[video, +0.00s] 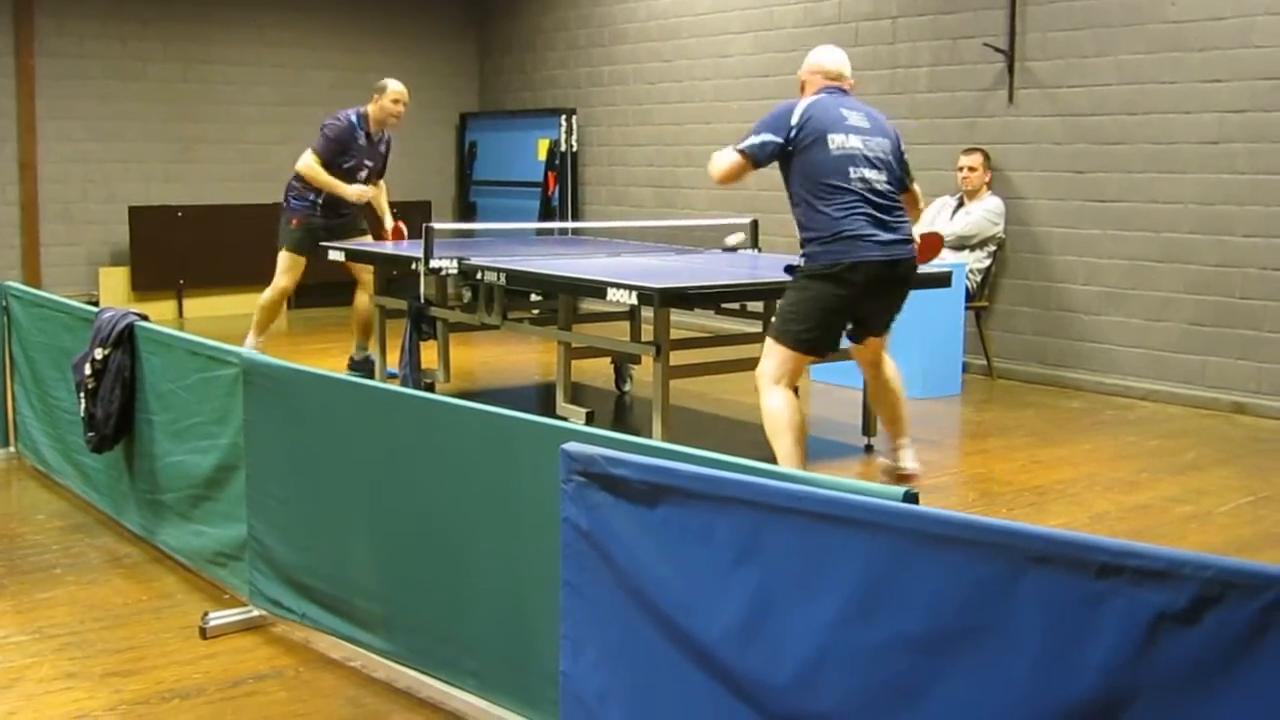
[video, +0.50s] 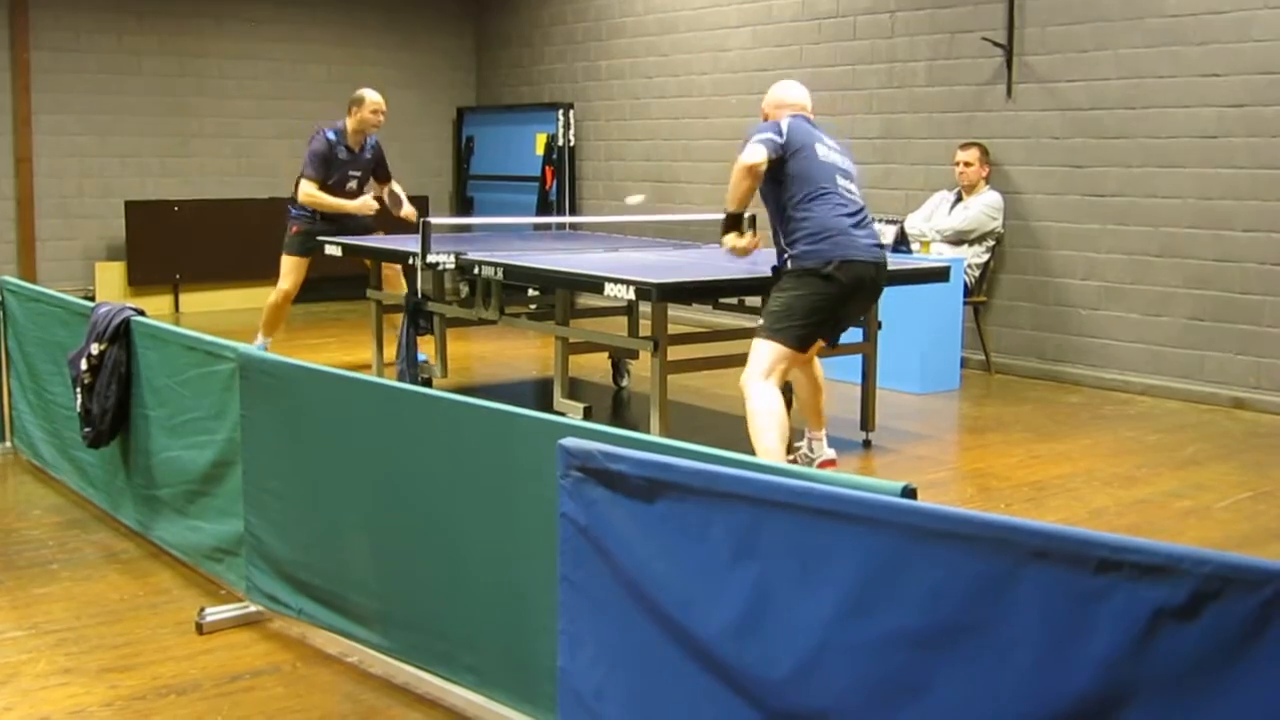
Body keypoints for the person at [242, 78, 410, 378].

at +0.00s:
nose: (400, 110)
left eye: (404, 105)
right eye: (395, 102)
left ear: (403, 108)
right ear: (376, 100)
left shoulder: (384, 140)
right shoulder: (342, 126)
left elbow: (376, 183)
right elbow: (305, 165)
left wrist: (387, 218)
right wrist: (346, 190)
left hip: (345, 212)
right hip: (305, 208)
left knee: (369, 279)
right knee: (284, 285)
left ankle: (360, 356)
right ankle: (252, 344)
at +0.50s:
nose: (381, 119)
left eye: (383, 113)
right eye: (375, 112)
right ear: (354, 112)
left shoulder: (372, 146)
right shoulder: (324, 141)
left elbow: (386, 185)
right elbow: (305, 194)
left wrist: (403, 205)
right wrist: (352, 205)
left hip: (351, 219)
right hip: (310, 218)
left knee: (392, 270)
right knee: (286, 289)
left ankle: (408, 346)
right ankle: (261, 344)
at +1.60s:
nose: (372, 87)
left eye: (376, 82)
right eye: (366, 80)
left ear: (377, 86)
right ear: (348, 82)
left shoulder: (371, 124)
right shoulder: (322, 114)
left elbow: (385, 168)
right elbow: (285, 153)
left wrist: (411, 198)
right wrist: (324, 177)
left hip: (350, 198)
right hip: (309, 198)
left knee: (385, 259)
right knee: (291, 269)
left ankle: (406, 334)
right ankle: (270, 336)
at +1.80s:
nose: (358, 86)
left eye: (362, 81)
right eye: (352, 79)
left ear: (364, 86)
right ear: (335, 82)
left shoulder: (362, 124)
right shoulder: (311, 116)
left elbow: (373, 165)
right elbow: (273, 154)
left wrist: (384, 189)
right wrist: (314, 176)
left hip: (340, 203)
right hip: (299, 201)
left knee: (362, 266)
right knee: (273, 264)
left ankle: (360, 332)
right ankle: (242, 329)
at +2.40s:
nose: (373, 139)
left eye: (376, 134)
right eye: (369, 132)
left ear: (349, 132)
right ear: (349, 129)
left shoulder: (334, 149)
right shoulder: (339, 157)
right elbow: (363, 205)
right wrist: (397, 229)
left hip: (310, 229)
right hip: (288, 228)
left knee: (353, 278)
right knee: (282, 304)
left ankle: (343, 349)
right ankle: (230, 353)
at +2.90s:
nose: (402, 111)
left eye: (404, 106)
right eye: (396, 105)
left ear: (402, 109)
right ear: (377, 106)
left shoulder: (398, 136)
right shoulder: (356, 133)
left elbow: (438, 140)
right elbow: (355, 164)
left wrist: (423, 106)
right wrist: (392, 164)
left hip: (383, 225)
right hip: (351, 226)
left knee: (409, 283)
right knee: (335, 290)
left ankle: (380, 347)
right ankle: (290, 351)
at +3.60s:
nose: (394, 127)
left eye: (399, 122)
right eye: (389, 122)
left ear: (407, 126)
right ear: (379, 125)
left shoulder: (422, 164)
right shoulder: (365, 158)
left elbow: (441, 212)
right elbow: (353, 199)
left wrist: (443, 260)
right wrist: (345, 245)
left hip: (416, 250)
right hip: (375, 249)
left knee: (439, 305)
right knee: (355, 301)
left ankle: (456, 368)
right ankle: (360, 373)